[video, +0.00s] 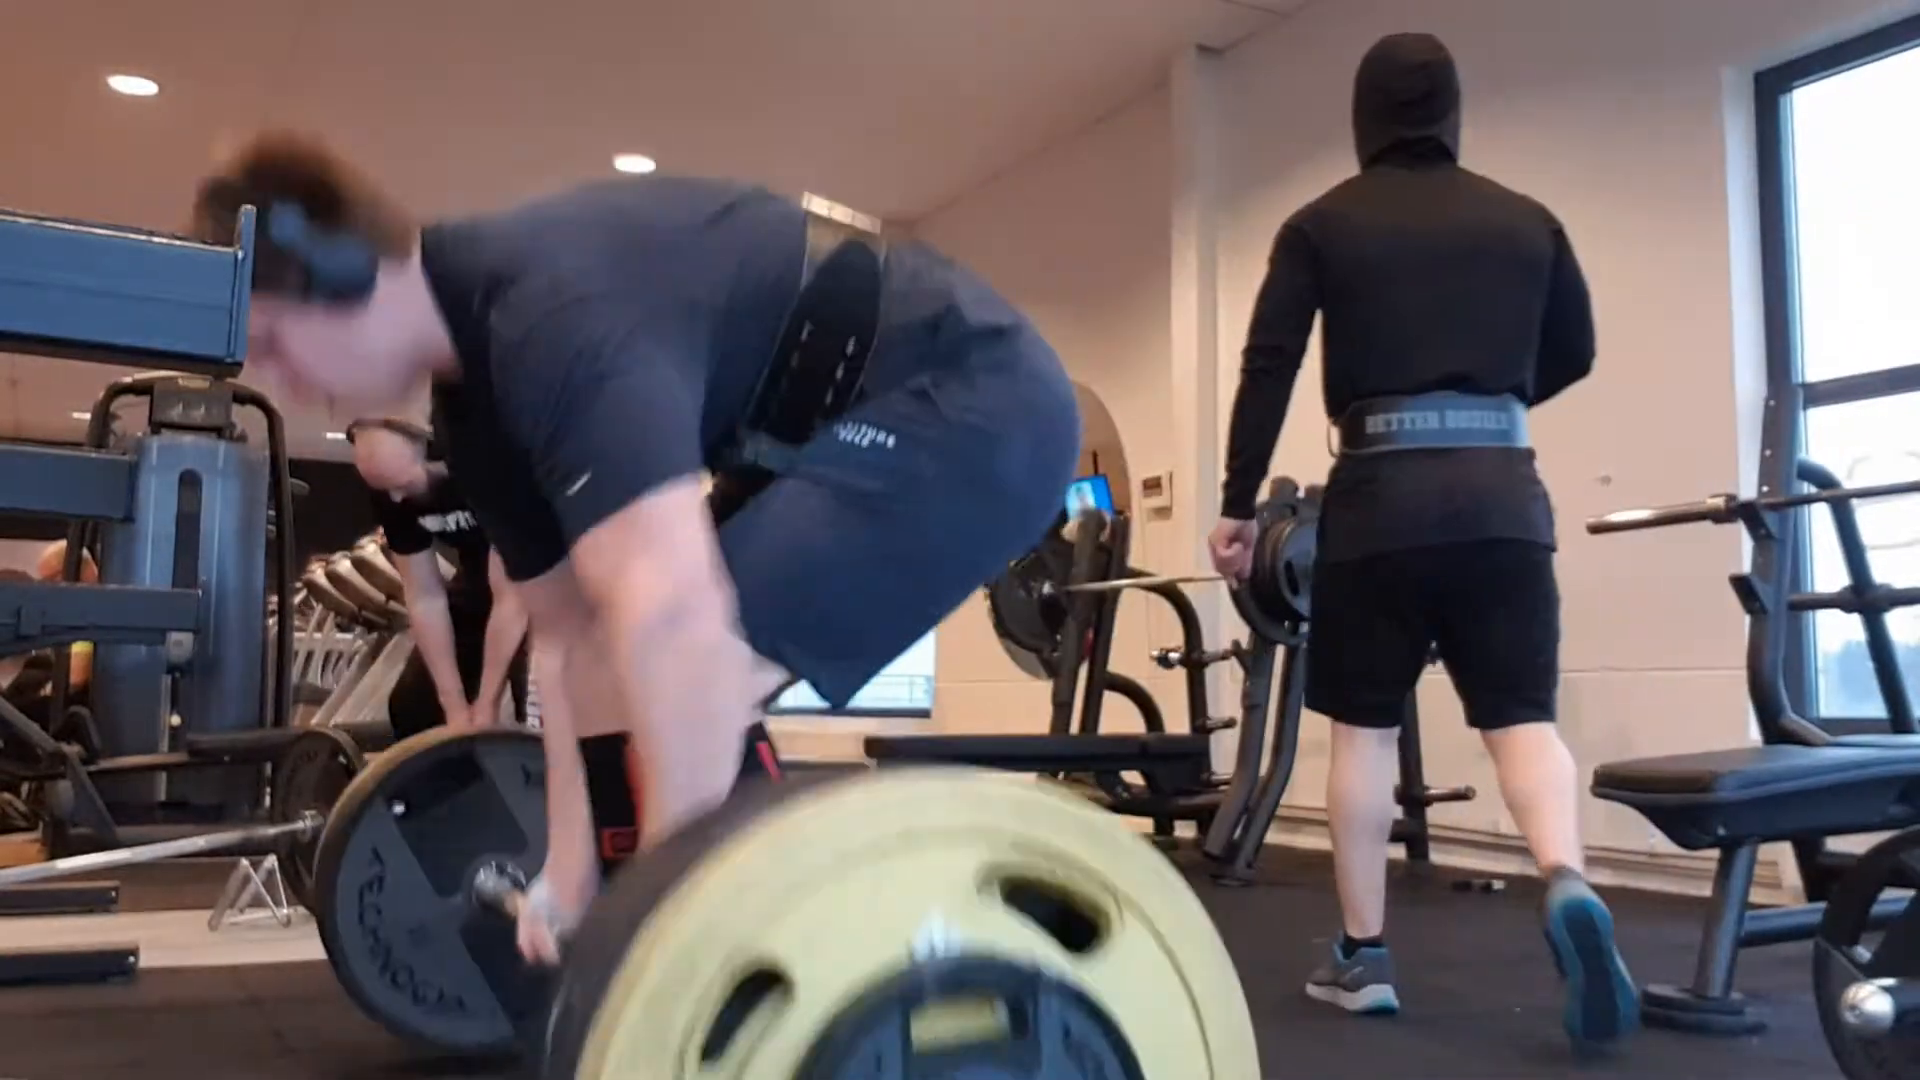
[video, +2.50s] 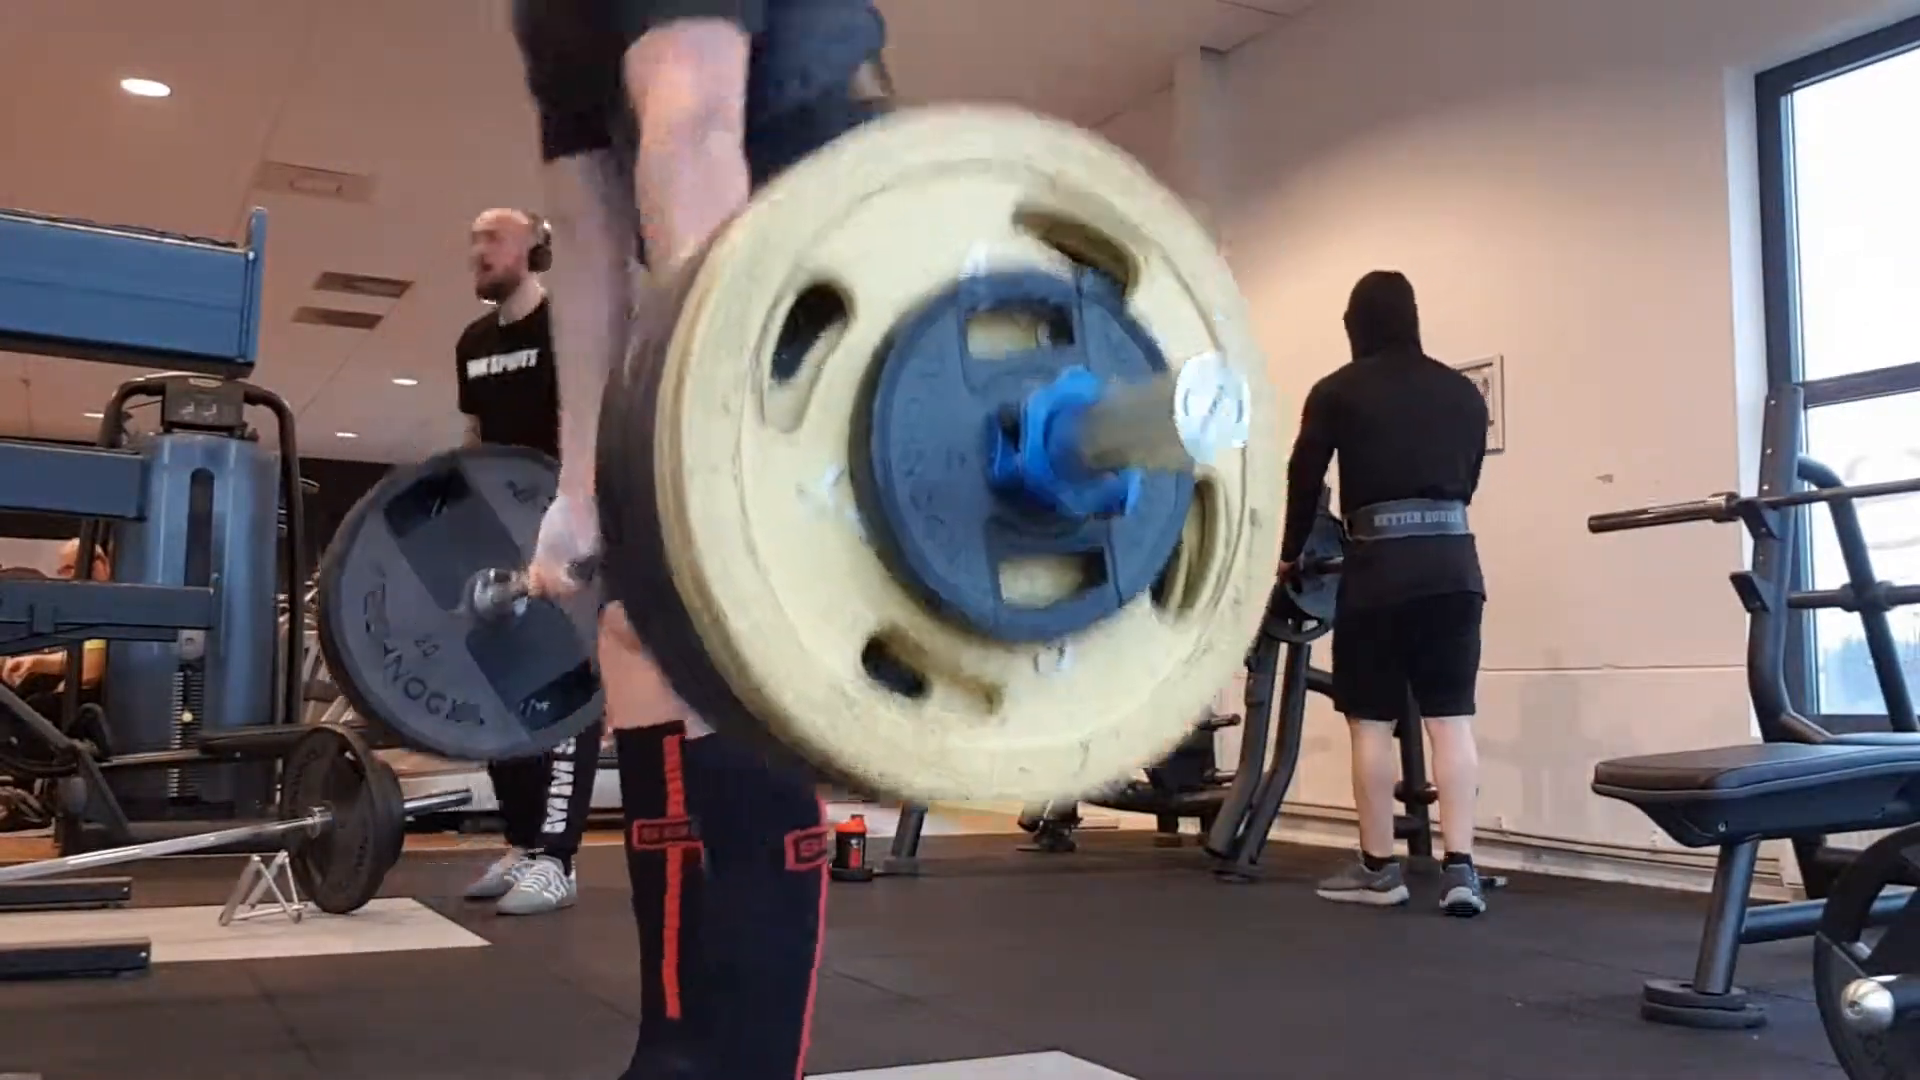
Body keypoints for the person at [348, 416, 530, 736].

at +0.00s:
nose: (398, 496)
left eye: (403, 483)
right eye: (386, 490)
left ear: (426, 458)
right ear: (373, 477)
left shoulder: (479, 469)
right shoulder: (390, 494)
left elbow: (510, 596)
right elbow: (424, 597)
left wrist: (487, 703)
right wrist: (454, 707)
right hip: (474, 588)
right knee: (410, 704)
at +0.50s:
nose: (401, 508)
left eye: (408, 496)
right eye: (389, 499)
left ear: (434, 465)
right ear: (376, 481)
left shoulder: (486, 470)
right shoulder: (389, 487)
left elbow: (516, 601)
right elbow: (408, 600)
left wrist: (483, 718)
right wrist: (435, 704)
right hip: (473, 589)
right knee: (415, 700)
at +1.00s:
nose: (381, 518)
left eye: (387, 506)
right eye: (371, 510)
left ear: (418, 476)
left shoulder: (485, 487)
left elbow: (506, 618)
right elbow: (423, 594)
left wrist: (482, 717)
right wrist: (440, 693)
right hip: (474, 586)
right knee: (415, 698)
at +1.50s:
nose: (354, 547)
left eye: (355, 534)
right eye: (342, 540)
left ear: (377, 501)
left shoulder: (472, 500)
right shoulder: (377, 536)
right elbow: (404, 630)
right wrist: (390, 722)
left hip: (528, 625)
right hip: (459, 637)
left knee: (518, 719)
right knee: (423, 719)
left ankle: (546, 862)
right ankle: (460, 853)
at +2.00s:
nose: (356, 424)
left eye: (363, 410)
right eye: (354, 413)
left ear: (398, 395)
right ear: (365, 410)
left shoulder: (460, 444)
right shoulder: (392, 461)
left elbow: (515, 564)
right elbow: (419, 562)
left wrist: (490, 674)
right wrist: (406, 651)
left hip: (538, 589)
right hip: (471, 595)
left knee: (540, 701)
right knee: (450, 696)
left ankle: (549, 862)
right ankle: (465, 853)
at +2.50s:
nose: (478, 252)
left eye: (492, 239)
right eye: (474, 241)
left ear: (532, 249)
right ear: (474, 254)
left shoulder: (568, 327)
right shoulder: (472, 342)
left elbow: (587, 437)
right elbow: (478, 437)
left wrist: (567, 537)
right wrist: (460, 526)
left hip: (565, 533)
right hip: (498, 539)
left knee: (566, 687)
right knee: (506, 687)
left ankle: (555, 857)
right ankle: (525, 846)